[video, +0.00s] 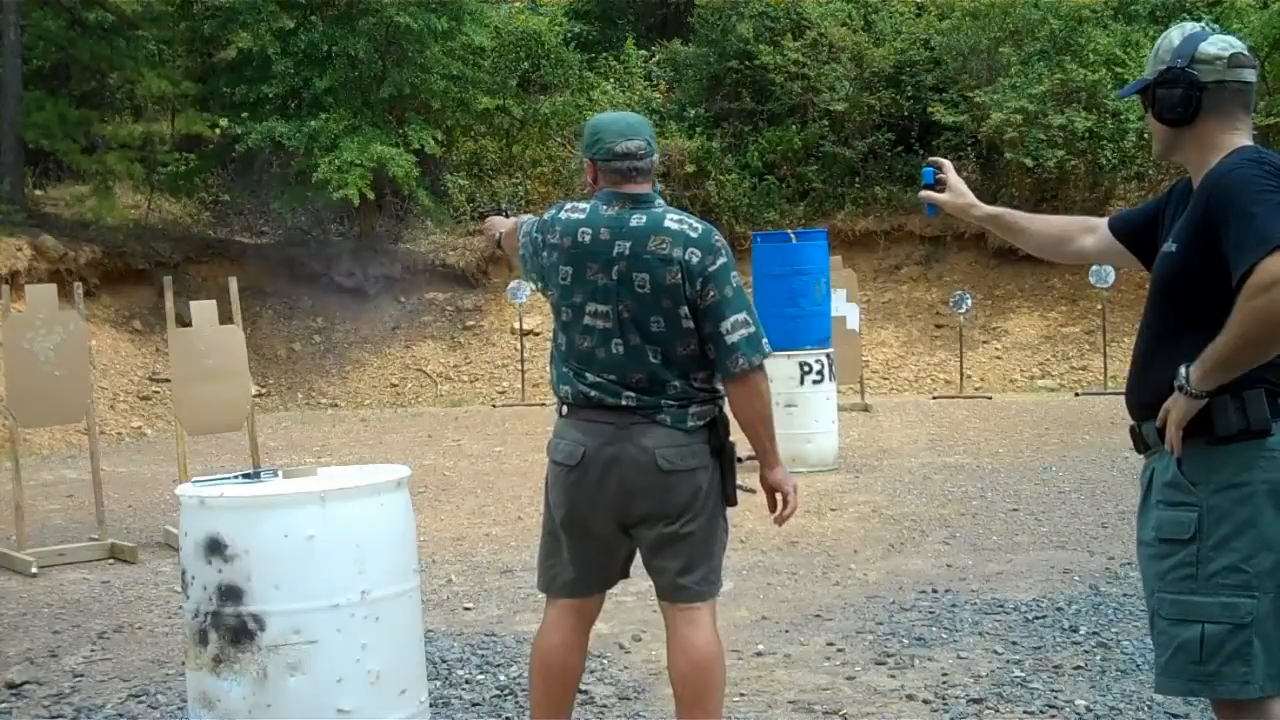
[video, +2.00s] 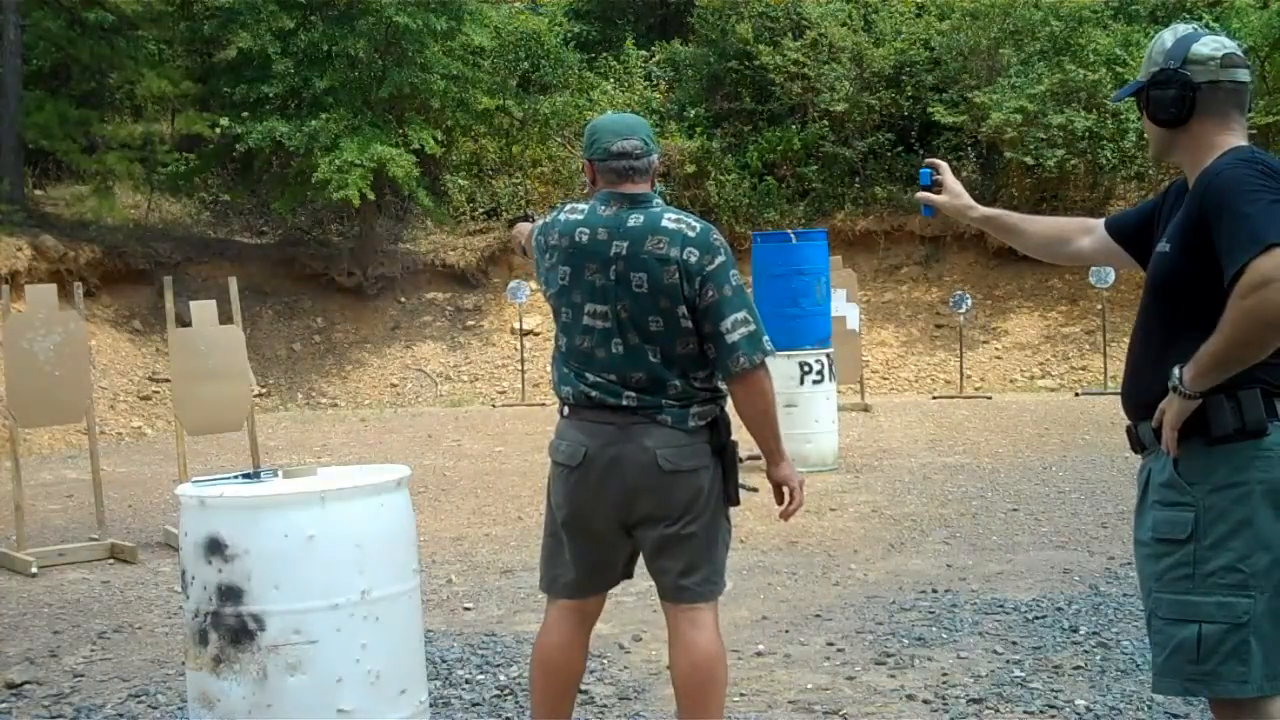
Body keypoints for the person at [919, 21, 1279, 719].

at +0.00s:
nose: (1148, 115)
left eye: (1152, 100)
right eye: (1148, 101)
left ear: (1178, 102)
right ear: (1228, 100)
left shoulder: (1245, 180)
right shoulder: (1192, 196)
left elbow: (1272, 284)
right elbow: (1086, 238)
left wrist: (1195, 383)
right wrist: (977, 211)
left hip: (1226, 463)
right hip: (1206, 458)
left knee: (1242, 692)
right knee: (1241, 685)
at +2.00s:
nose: (1144, 116)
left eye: (1149, 101)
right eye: (1145, 102)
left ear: (1173, 102)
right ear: (1226, 100)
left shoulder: (1238, 180)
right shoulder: (1189, 196)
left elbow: (1271, 283)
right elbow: (1084, 238)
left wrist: (1189, 384)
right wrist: (974, 214)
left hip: (1223, 463)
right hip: (1210, 458)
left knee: (1241, 692)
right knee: (1241, 685)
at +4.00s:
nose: (1136, 131)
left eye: (1136, 113)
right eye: (1135, 115)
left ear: (1154, 110)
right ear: (1225, 101)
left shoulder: (1210, 184)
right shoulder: (1242, 178)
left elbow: (1239, 292)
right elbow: (1106, 242)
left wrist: (1167, 394)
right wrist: (992, 217)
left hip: (1223, 457)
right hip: (1249, 446)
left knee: (1229, 693)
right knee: (1250, 686)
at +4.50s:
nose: (1137, 143)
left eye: (1140, 128)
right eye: (1140, 129)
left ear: (1147, 127)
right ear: (1225, 127)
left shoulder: (1168, 202)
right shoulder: (1262, 208)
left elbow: (1154, 301)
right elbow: (1144, 245)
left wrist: (1076, 385)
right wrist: (1045, 218)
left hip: (1181, 452)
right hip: (1268, 449)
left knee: (1125, 675)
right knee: (1221, 664)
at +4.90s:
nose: (1111, 156)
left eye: (1112, 145)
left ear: (1113, 149)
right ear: (1185, 149)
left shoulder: (1108, 221)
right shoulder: (1230, 228)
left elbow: (1073, 326)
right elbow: (1157, 277)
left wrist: (1033, 446)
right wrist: (1067, 233)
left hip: (1125, 452)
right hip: (1230, 447)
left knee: (1061, 618)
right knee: (1218, 645)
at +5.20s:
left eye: (1051, 161)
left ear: (1047, 168)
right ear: (1117, 163)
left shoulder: (1032, 240)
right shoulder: (1159, 232)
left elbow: (986, 349)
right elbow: (1103, 282)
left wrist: (958, 455)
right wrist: (1026, 238)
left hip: (1060, 442)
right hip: (1162, 442)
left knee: (1051, 622)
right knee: (1160, 624)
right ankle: (1181, 713)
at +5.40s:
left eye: (1024, 159)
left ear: (1021, 160)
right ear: (1085, 160)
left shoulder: (1002, 234)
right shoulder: (1125, 228)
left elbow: (947, 347)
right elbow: (1070, 248)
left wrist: (935, 430)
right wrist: (1011, 215)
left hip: (1036, 424)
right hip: (1129, 422)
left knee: (1050, 612)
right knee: (1107, 590)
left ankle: (1078, 717)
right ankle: (1108, 711)